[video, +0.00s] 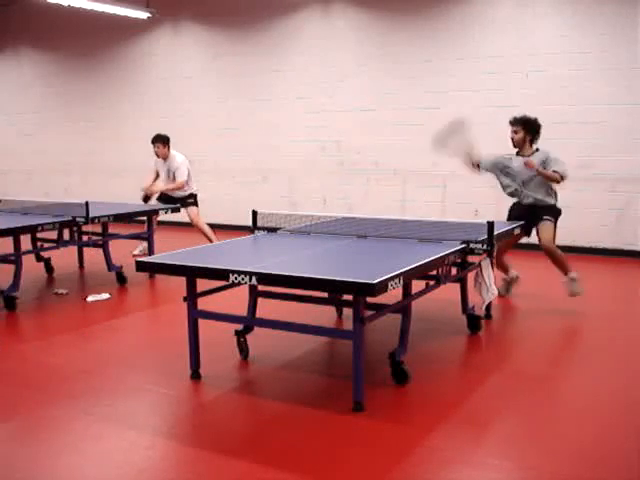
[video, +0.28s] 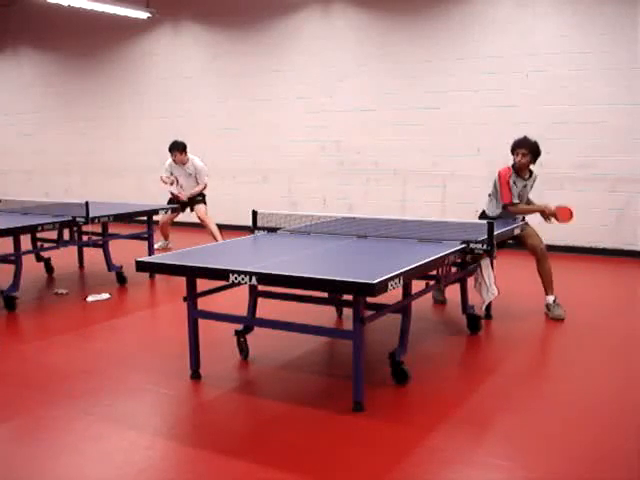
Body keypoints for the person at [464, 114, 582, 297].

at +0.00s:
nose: (511, 136)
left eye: (515, 132)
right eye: (511, 133)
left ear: (528, 136)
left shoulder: (544, 157)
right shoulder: (508, 161)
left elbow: (558, 178)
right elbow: (478, 164)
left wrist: (537, 169)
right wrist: (466, 151)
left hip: (545, 209)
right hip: (521, 209)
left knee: (547, 245)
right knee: (496, 252)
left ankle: (571, 276)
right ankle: (510, 276)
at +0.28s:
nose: (518, 159)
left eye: (523, 155)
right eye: (516, 155)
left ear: (532, 159)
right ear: (512, 156)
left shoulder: (531, 177)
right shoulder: (505, 174)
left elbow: (524, 198)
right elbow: (509, 207)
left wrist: (542, 210)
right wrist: (540, 209)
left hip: (516, 221)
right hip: (493, 222)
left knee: (540, 249)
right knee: (473, 256)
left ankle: (551, 301)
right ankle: (441, 282)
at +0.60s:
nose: (526, 119)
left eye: (530, 115)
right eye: (524, 116)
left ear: (541, 118)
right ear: (521, 119)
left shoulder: (551, 145)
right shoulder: (512, 144)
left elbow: (565, 168)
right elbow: (501, 170)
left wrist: (561, 183)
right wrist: (514, 183)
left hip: (541, 199)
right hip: (514, 197)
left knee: (542, 247)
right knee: (491, 241)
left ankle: (547, 297)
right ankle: (480, 286)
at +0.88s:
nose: (525, 120)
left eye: (529, 116)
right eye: (525, 116)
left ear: (541, 121)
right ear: (527, 121)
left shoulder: (551, 146)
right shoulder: (523, 148)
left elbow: (560, 176)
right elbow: (519, 174)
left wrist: (529, 184)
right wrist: (514, 182)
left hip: (555, 201)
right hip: (534, 201)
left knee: (550, 250)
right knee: (528, 247)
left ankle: (569, 297)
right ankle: (548, 291)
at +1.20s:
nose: (531, 116)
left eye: (535, 112)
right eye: (533, 112)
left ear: (546, 116)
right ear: (547, 116)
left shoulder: (550, 137)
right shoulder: (548, 137)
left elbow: (555, 169)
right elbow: (552, 170)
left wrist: (530, 179)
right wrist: (530, 178)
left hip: (560, 195)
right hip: (555, 195)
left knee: (552, 246)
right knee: (546, 243)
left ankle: (566, 298)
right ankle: (559, 291)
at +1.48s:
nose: (542, 116)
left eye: (545, 112)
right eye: (543, 111)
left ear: (556, 115)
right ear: (561, 116)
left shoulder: (557, 137)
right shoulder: (572, 137)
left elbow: (559, 165)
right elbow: (587, 165)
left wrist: (540, 174)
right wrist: (573, 181)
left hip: (562, 192)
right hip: (574, 190)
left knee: (559, 247)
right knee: (562, 244)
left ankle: (566, 298)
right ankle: (575, 287)